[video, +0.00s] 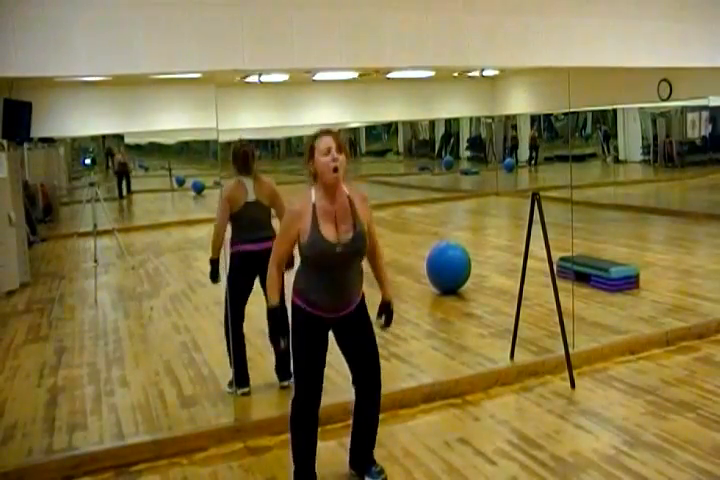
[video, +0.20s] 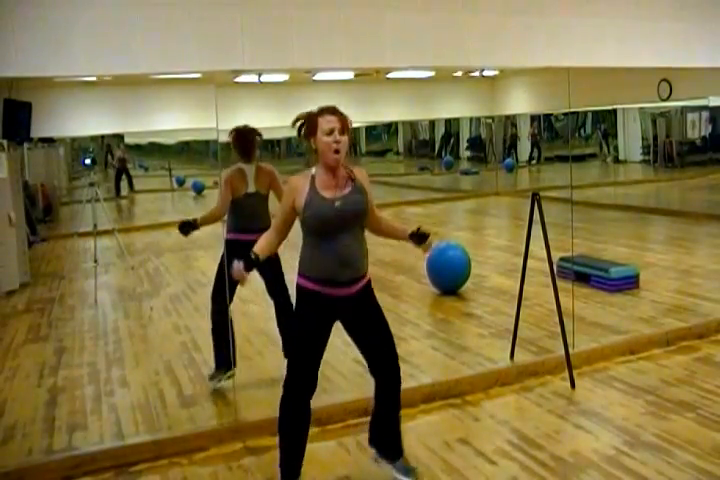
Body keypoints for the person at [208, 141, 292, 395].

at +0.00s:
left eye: (236, 159)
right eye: (249, 158)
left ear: (234, 163)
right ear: (254, 161)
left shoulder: (230, 189)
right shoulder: (267, 185)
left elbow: (220, 226)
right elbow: (285, 217)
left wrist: (214, 258)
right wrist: (290, 250)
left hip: (242, 258)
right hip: (269, 255)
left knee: (234, 317)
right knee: (278, 311)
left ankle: (240, 379)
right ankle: (285, 373)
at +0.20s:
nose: (235, 149)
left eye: (233, 145)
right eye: (249, 143)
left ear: (234, 147)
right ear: (256, 146)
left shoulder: (230, 176)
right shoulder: (268, 172)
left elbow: (221, 211)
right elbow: (287, 203)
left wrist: (196, 223)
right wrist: (281, 230)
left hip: (236, 247)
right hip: (265, 244)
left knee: (220, 302)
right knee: (282, 299)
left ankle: (225, 364)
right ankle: (294, 355)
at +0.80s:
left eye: (235, 174)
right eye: (249, 174)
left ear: (232, 177)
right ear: (252, 176)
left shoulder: (226, 201)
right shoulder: (262, 198)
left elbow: (211, 239)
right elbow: (281, 228)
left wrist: (193, 250)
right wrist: (291, 235)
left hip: (237, 270)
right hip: (266, 267)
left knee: (212, 315)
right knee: (286, 312)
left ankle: (210, 374)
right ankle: (300, 364)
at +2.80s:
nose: (226, 171)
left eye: (221, 167)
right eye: (231, 167)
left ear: (217, 170)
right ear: (235, 169)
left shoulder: (211, 196)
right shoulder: (245, 193)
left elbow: (203, 231)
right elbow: (257, 225)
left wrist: (194, 259)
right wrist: (268, 253)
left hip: (220, 257)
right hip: (246, 255)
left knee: (197, 299)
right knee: (266, 294)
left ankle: (194, 354)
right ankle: (278, 342)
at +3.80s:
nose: (218, 169)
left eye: (214, 166)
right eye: (226, 165)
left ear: (212, 167)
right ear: (231, 166)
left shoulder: (207, 191)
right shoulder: (241, 190)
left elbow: (198, 225)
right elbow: (252, 222)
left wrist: (187, 253)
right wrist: (262, 246)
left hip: (213, 251)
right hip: (239, 250)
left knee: (194, 293)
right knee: (258, 288)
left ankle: (193, 343)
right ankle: (270, 332)